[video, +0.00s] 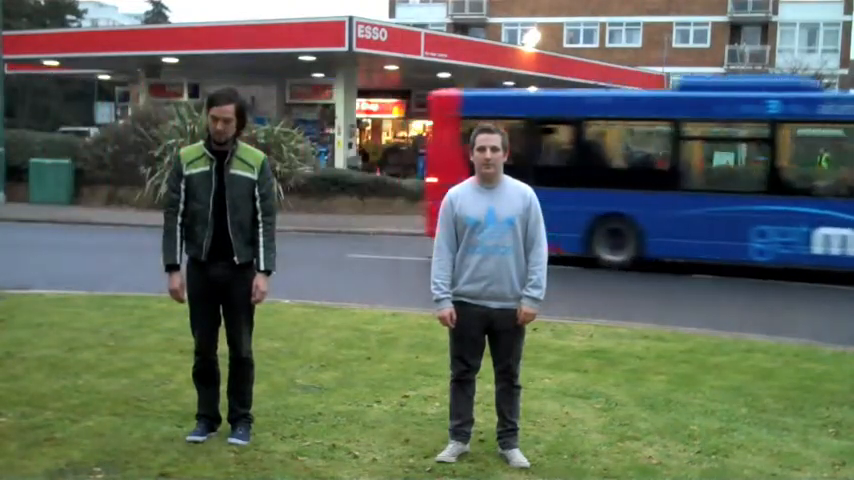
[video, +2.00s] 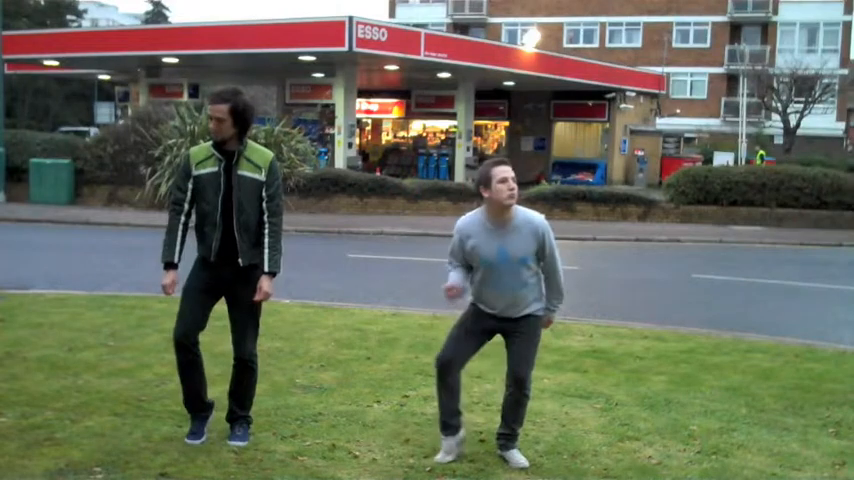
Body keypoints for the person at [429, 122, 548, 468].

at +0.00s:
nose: (487, 155)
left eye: (494, 150)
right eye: (481, 149)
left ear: (505, 155)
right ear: (472, 154)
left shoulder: (524, 196)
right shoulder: (455, 197)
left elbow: (538, 250)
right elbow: (442, 251)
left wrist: (532, 297)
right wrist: (442, 298)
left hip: (510, 305)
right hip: (466, 304)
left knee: (509, 378)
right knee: (462, 376)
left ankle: (509, 444)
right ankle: (458, 440)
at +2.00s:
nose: (512, 186)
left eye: (514, 181)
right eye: (503, 182)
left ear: (518, 186)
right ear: (485, 192)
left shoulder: (536, 225)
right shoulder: (466, 227)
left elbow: (553, 269)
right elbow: (458, 264)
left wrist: (552, 307)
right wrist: (456, 282)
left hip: (526, 316)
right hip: (483, 312)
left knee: (520, 380)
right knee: (446, 363)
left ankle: (507, 445)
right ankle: (451, 436)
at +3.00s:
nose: (486, 176)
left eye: (491, 170)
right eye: (487, 169)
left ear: (509, 176)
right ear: (506, 177)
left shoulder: (548, 214)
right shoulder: (486, 209)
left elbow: (570, 256)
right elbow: (479, 256)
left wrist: (564, 271)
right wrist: (462, 274)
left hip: (534, 317)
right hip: (493, 311)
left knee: (524, 384)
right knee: (451, 361)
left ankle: (508, 445)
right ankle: (460, 436)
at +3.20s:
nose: (495, 169)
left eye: (502, 164)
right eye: (496, 163)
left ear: (522, 171)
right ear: (509, 169)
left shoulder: (551, 211)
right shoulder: (486, 202)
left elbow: (567, 254)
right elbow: (466, 243)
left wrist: (561, 276)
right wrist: (440, 255)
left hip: (535, 313)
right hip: (494, 307)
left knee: (525, 383)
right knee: (461, 357)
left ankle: (508, 444)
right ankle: (461, 435)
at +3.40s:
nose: (498, 163)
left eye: (506, 157)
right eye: (497, 156)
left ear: (527, 164)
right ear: (499, 162)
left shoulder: (553, 202)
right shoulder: (489, 200)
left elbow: (568, 244)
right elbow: (472, 245)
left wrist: (563, 265)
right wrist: (449, 250)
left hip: (529, 312)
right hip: (487, 304)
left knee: (524, 382)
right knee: (462, 366)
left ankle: (508, 444)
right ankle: (465, 440)